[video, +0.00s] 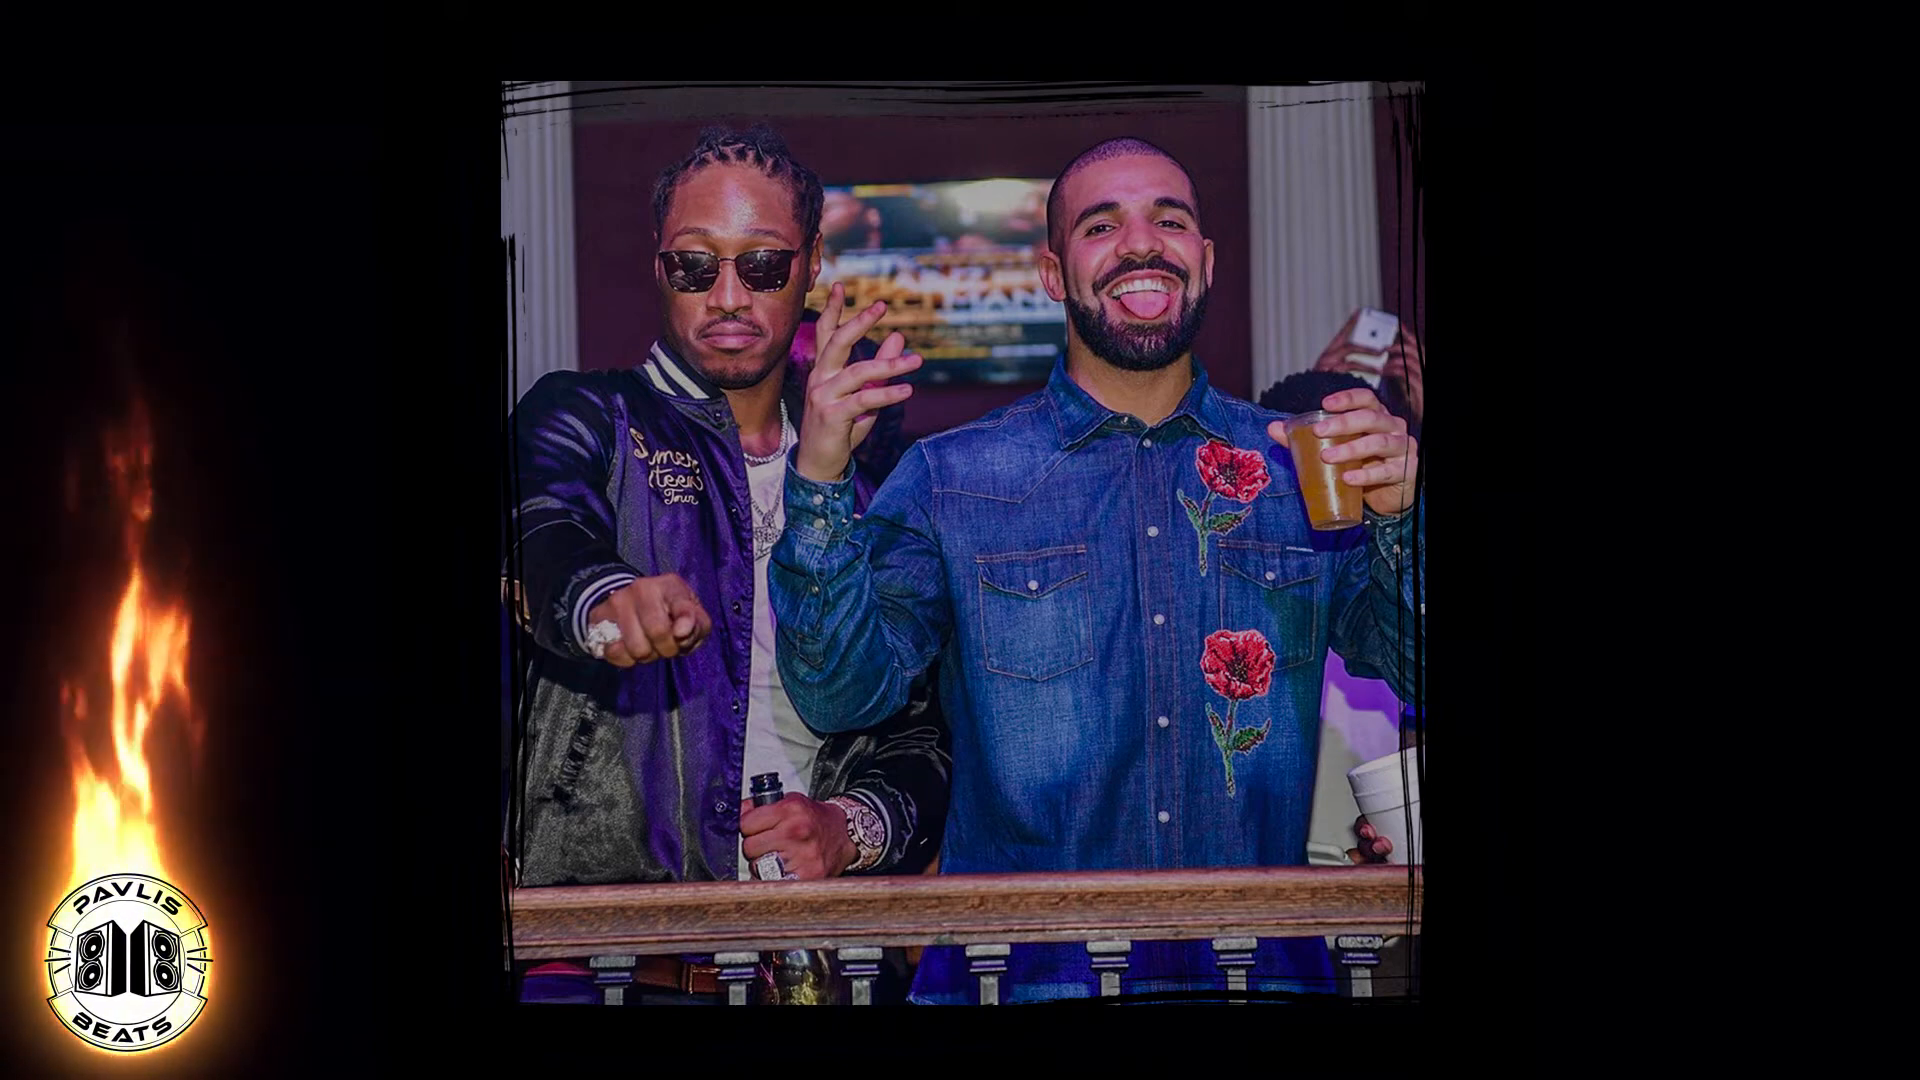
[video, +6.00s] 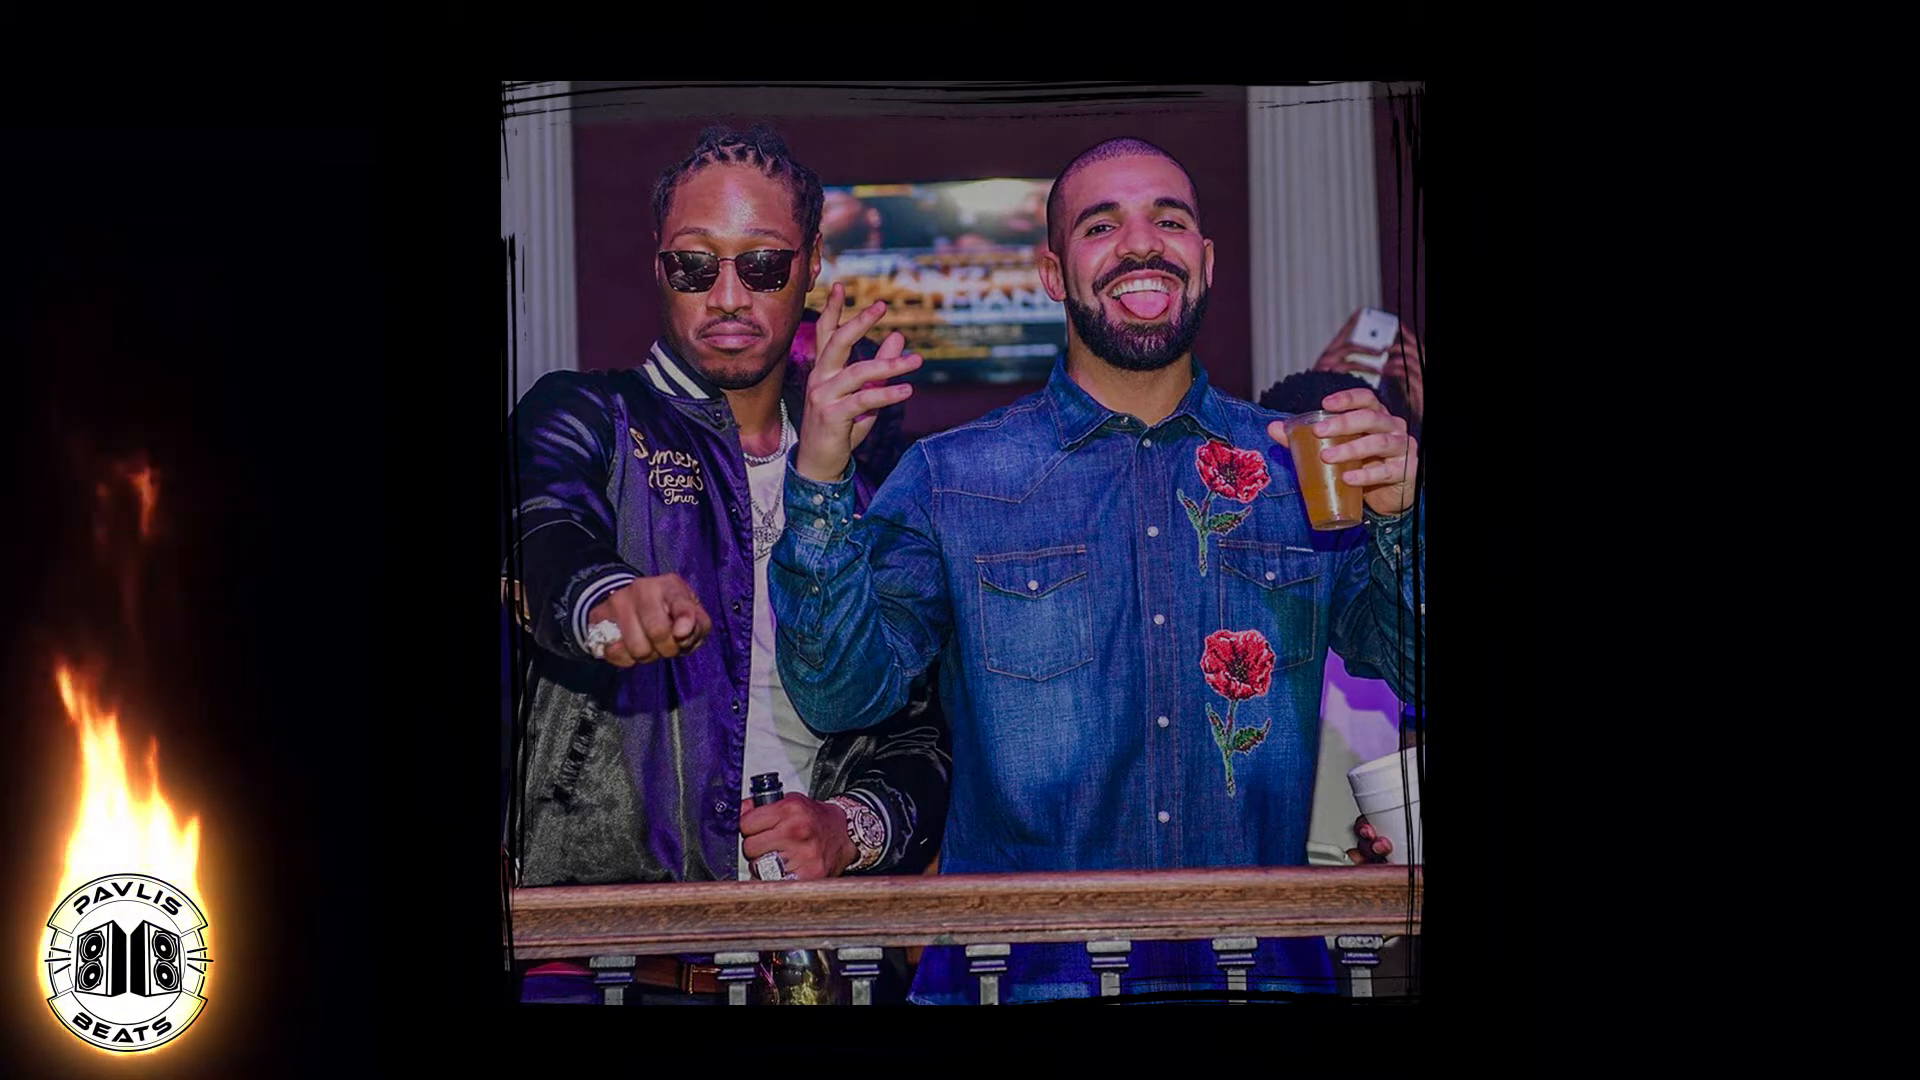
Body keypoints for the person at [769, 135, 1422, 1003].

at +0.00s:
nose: (1141, 243)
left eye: (1169, 219)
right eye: (1101, 225)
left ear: (1207, 258)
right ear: (1055, 272)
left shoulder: (1304, 470)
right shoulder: (945, 479)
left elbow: (1412, 673)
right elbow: (840, 693)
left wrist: (1402, 516)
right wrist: (818, 475)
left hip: (1254, 955)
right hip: (1021, 963)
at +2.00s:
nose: (1141, 243)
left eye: (1169, 219)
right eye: (1102, 225)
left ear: (1208, 258)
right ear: (1055, 272)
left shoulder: (1304, 469)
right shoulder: (945, 479)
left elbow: (1414, 674)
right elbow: (840, 693)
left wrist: (1402, 516)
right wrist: (819, 473)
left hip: (1255, 954)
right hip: (1021, 963)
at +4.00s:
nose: (1142, 242)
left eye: (1170, 219)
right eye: (1102, 225)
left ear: (1207, 259)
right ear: (1055, 273)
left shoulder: (1304, 469)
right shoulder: (945, 478)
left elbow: (1413, 673)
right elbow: (840, 692)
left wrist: (1402, 516)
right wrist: (818, 475)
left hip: (1255, 955)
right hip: (1022, 963)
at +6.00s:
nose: (1142, 242)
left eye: (1170, 219)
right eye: (1102, 225)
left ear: (1207, 259)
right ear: (1055, 273)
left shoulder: (1304, 469)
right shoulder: (945, 478)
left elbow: (1413, 673)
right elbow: (840, 692)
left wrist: (1402, 516)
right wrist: (818, 475)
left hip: (1255, 955)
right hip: (1022, 963)